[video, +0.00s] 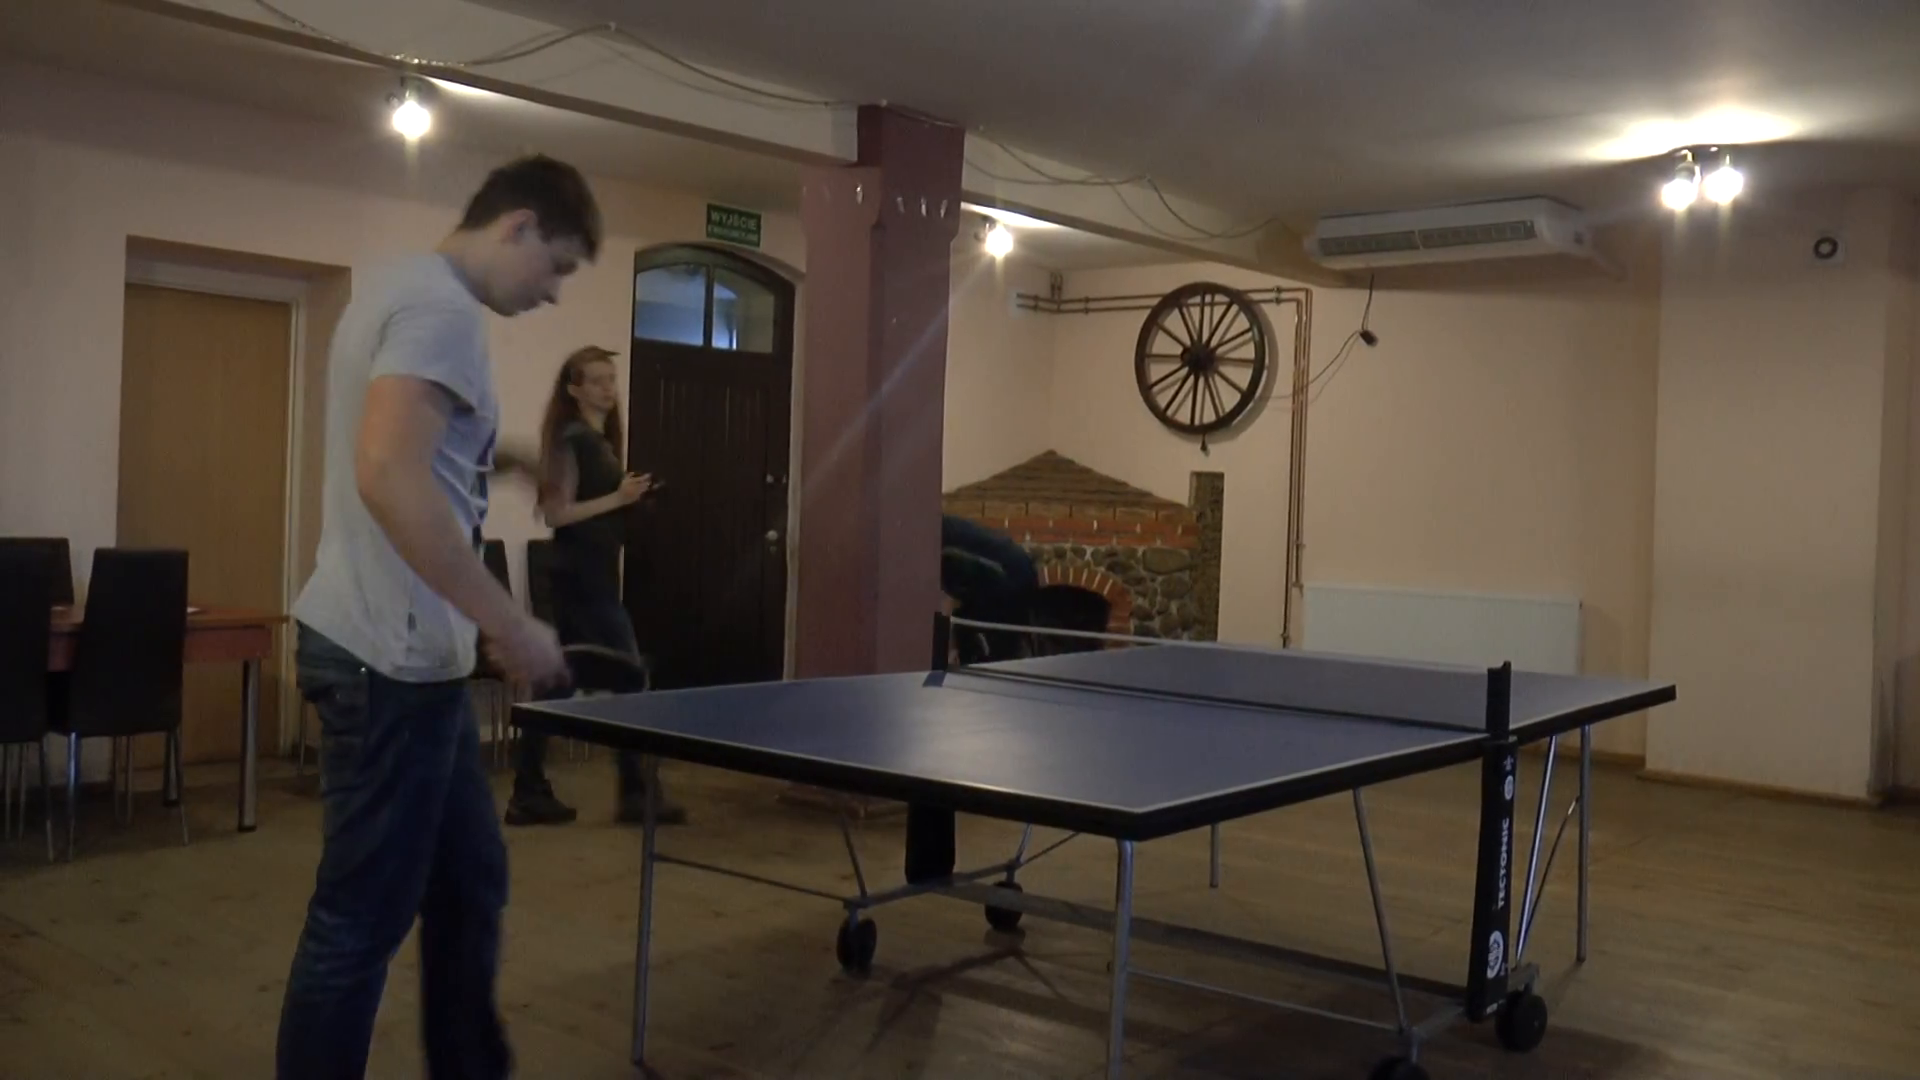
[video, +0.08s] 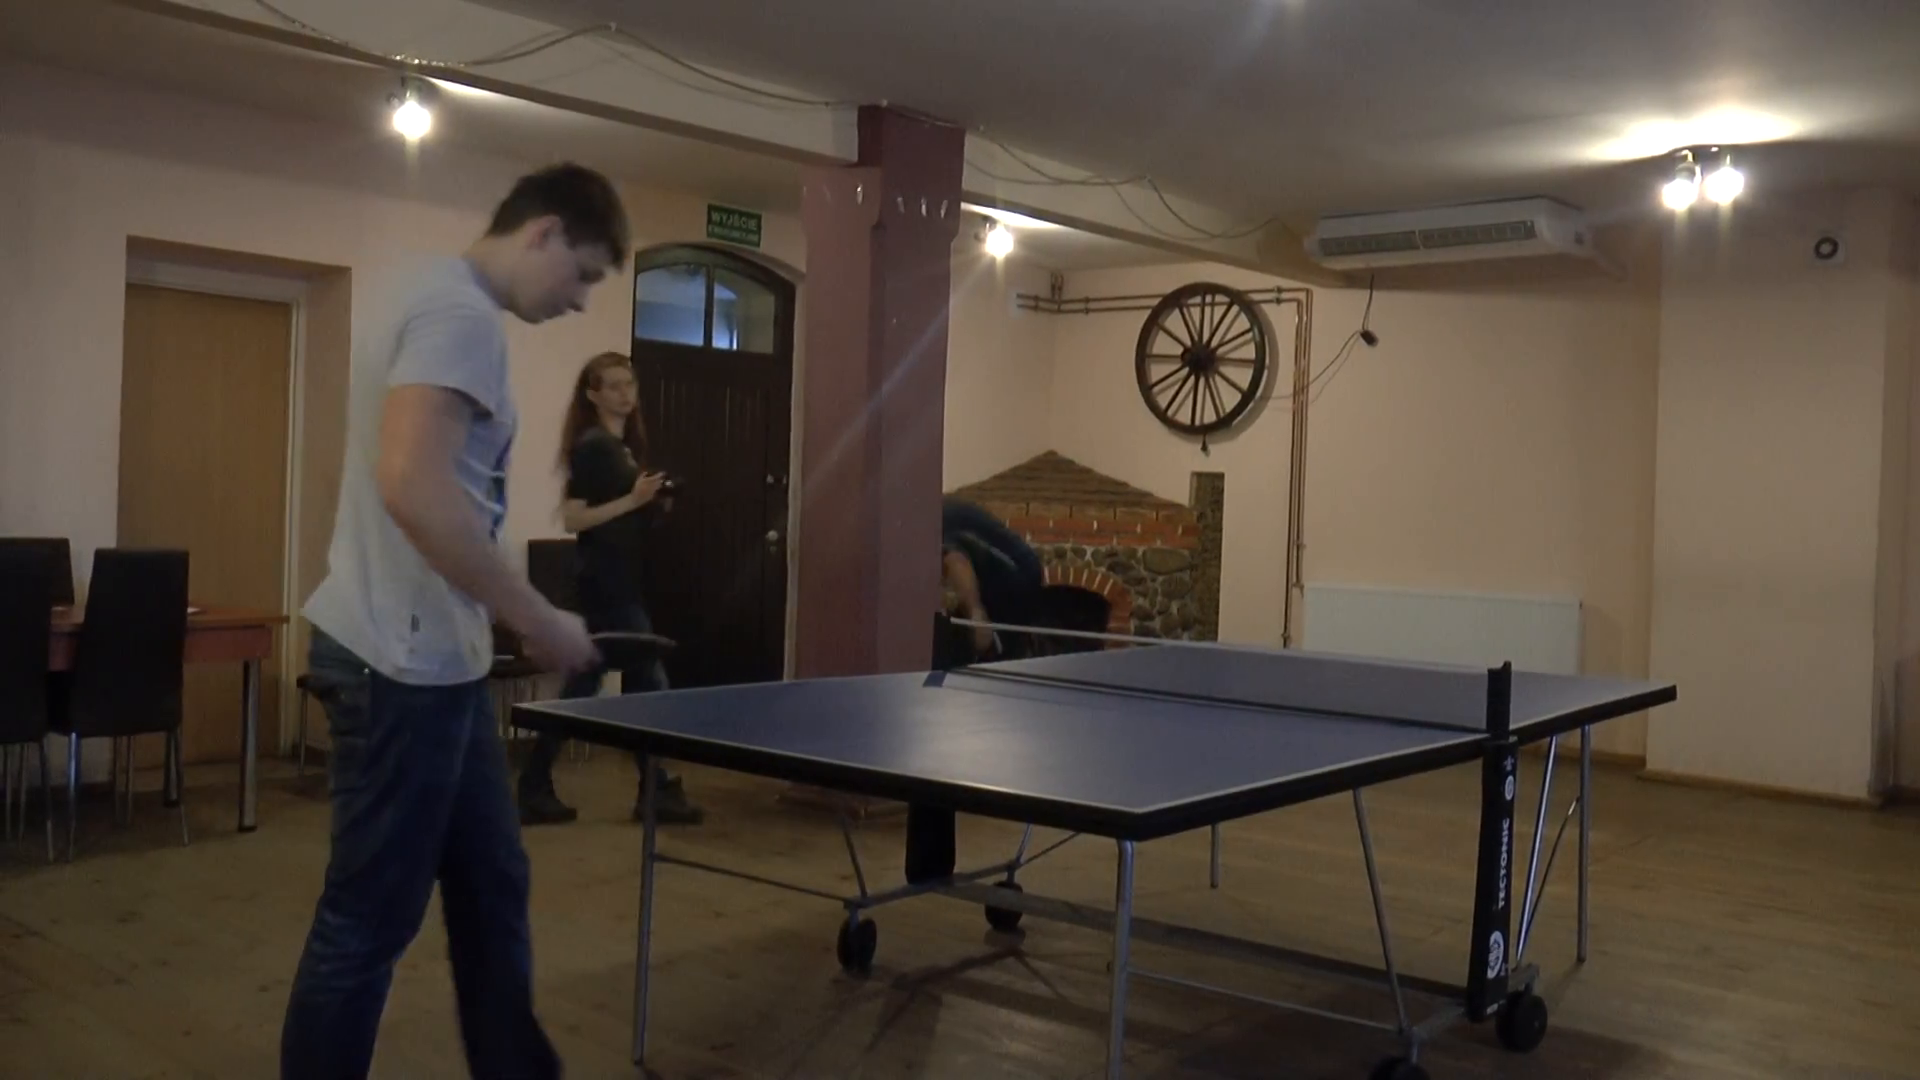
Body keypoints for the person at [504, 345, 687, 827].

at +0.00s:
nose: (609, 388)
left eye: (612, 380)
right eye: (599, 381)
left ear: (613, 387)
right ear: (574, 388)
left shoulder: (598, 437)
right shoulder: (568, 439)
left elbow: (587, 501)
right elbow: (555, 513)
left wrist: (625, 492)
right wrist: (617, 497)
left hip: (593, 572)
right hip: (579, 577)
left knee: (551, 676)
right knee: (629, 675)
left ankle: (529, 788)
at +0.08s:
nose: (626, 393)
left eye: (630, 385)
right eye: (615, 386)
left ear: (635, 391)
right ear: (593, 393)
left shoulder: (622, 445)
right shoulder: (591, 446)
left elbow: (611, 506)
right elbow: (571, 517)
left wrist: (648, 494)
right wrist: (632, 499)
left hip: (620, 575)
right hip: (603, 579)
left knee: (581, 683)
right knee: (648, 680)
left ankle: (535, 781)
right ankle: (657, 785)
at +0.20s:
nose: (647, 394)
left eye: (652, 386)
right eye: (637, 387)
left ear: (661, 392)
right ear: (617, 393)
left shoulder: (653, 446)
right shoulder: (613, 448)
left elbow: (651, 510)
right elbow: (599, 519)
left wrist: (677, 495)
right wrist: (655, 495)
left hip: (652, 568)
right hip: (629, 573)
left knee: (643, 685)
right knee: (661, 679)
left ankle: (567, 764)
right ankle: (658, 784)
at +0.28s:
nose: (660, 395)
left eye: (666, 386)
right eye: (650, 387)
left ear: (676, 392)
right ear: (631, 393)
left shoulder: (675, 446)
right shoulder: (625, 449)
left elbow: (696, 521)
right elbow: (616, 519)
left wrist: (697, 491)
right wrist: (665, 489)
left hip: (673, 573)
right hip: (641, 576)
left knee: (681, 677)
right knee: (662, 679)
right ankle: (657, 782)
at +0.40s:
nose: (681, 395)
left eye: (687, 387)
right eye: (671, 387)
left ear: (695, 394)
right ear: (652, 392)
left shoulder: (698, 445)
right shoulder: (640, 444)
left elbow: (726, 516)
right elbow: (636, 514)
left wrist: (717, 474)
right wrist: (679, 475)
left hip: (696, 578)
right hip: (657, 579)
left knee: (726, 677)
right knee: (669, 684)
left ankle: (684, 778)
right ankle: (663, 787)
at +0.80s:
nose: (728, 394)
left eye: (733, 387)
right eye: (723, 386)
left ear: (743, 394)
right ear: (711, 391)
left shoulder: (757, 440)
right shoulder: (697, 436)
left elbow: (774, 500)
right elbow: (687, 491)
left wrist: (749, 451)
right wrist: (715, 449)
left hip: (745, 552)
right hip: (702, 548)